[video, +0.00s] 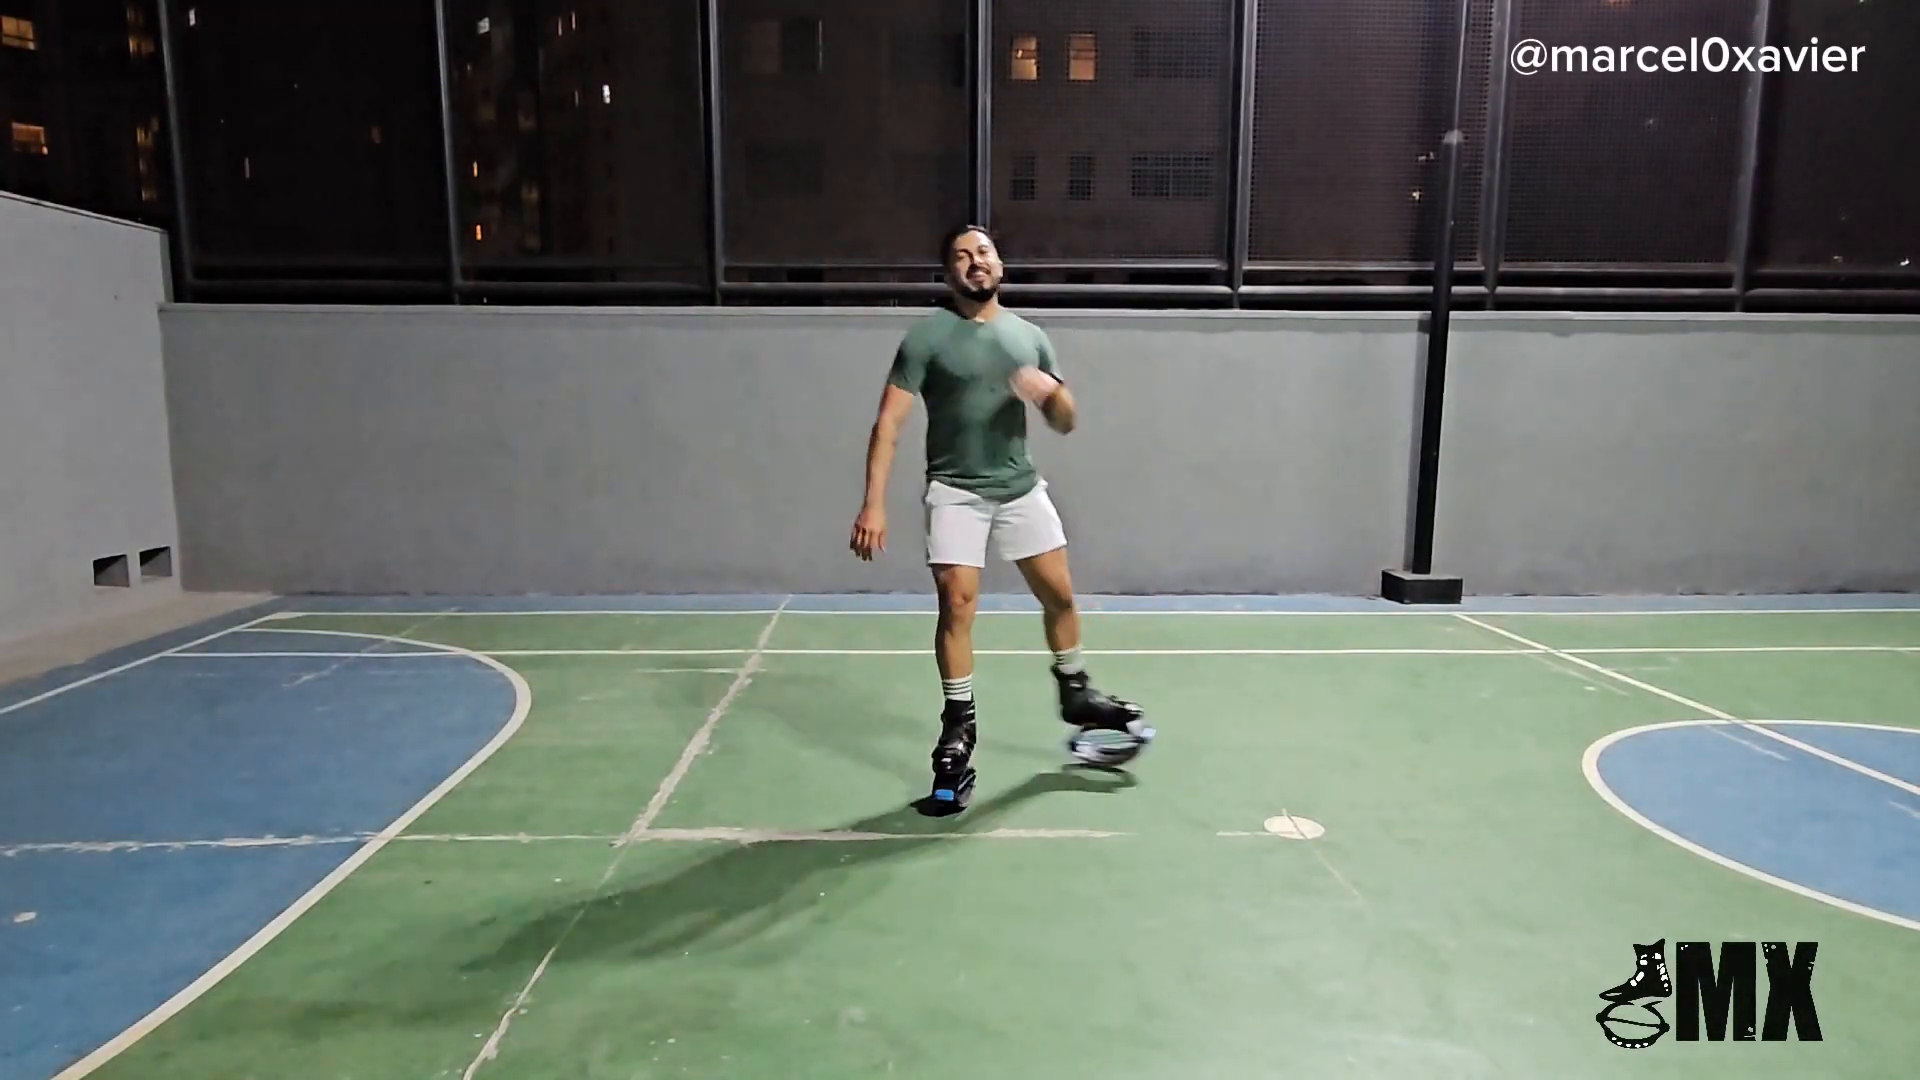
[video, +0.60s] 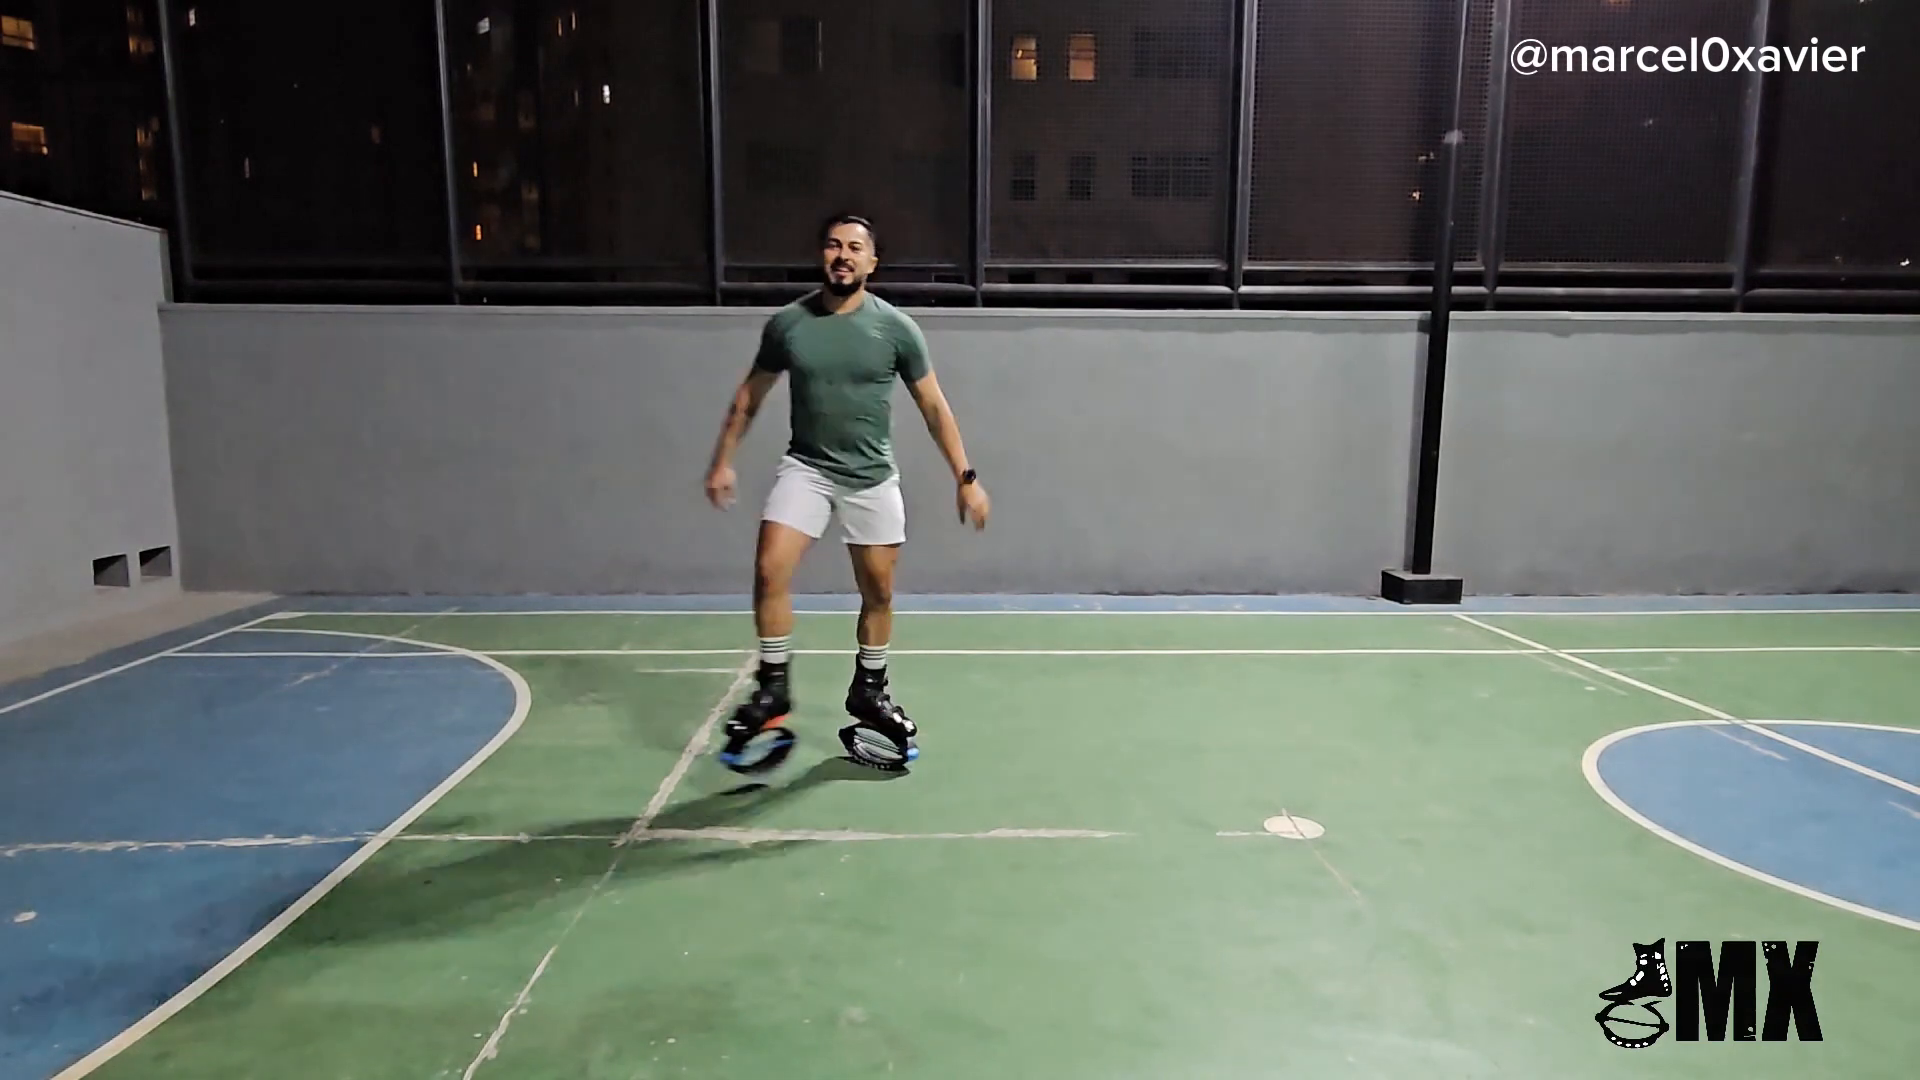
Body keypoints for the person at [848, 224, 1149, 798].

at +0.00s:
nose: (977, 261)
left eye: (984, 252)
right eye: (964, 256)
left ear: (1001, 267)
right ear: (948, 275)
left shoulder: (1029, 336)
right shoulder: (926, 337)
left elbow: (1065, 422)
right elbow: (887, 426)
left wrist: (1052, 393)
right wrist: (873, 507)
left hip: (1020, 487)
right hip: (955, 490)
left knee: (1060, 594)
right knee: (956, 602)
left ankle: (1077, 694)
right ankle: (958, 726)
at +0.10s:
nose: (954, 252)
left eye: (963, 242)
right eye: (942, 245)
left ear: (981, 258)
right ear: (928, 263)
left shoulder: (1009, 327)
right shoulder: (901, 327)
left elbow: (1024, 411)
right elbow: (863, 413)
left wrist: (1002, 365)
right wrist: (857, 492)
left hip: (997, 474)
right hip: (933, 479)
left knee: (1029, 584)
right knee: (943, 594)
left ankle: (1001, 682)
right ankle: (953, 719)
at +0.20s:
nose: (932, 259)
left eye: (942, 249)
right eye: (922, 251)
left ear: (962, 259)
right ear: (909, 263)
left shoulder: (990, 326)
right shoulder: (876, 328)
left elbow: (1004, 394)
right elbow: (844, 407)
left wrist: (962, 377)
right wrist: (840, 482)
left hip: (972, 477)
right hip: (910, 480)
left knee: (986, 590)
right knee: (929, 593)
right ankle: (950, 728)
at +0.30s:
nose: (911, 273)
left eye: (922, 263)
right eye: (902, 264)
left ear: (943, 272)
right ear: (890, 274)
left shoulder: (969, 338)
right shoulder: (858, 341)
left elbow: (981, 401)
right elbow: (828, 418)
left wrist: (933, 427)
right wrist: (822, 489)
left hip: (941, 487)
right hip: (881, 487)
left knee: (938, 603)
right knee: (903, 599)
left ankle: (880, 691)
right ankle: (939, 726)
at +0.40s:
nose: (890, 276)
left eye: (902, 267)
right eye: (881, 268)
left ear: (923, 279)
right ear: (870, 279)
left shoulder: (944, 349)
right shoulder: (838, 344)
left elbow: (955, 426)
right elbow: (817, 419)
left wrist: (934, 486)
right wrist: (801, 485)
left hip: (917, 492)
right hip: (851, 486)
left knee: (911, 610)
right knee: (854, 592)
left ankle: (866, 710)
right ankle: (903, 717)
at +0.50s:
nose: (866, 265)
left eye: (879, 257)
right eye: (858, 256)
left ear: (899, 272)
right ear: (845, 267)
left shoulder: (921, 341)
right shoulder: (814, 336)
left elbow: (944, 426)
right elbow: (786, 410)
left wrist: (951, 504)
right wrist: (769, 474)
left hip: (893, 486)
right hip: (827, 477)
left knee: (895, 596)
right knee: (808, 571)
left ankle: (875, 693)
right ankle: (833, 693)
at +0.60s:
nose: (843, 255)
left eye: (855, 247)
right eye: (834, 245)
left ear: (873, 262)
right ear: (820, 257)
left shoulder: (897, 329)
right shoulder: (787, 325)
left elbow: (935, 408)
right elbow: (751, 393)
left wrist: (966, 478)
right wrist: (722, 462)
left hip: (872, 477)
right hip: (805, 470)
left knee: (879, 589)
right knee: (769, 570)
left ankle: (869, 695)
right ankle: (773, 694)